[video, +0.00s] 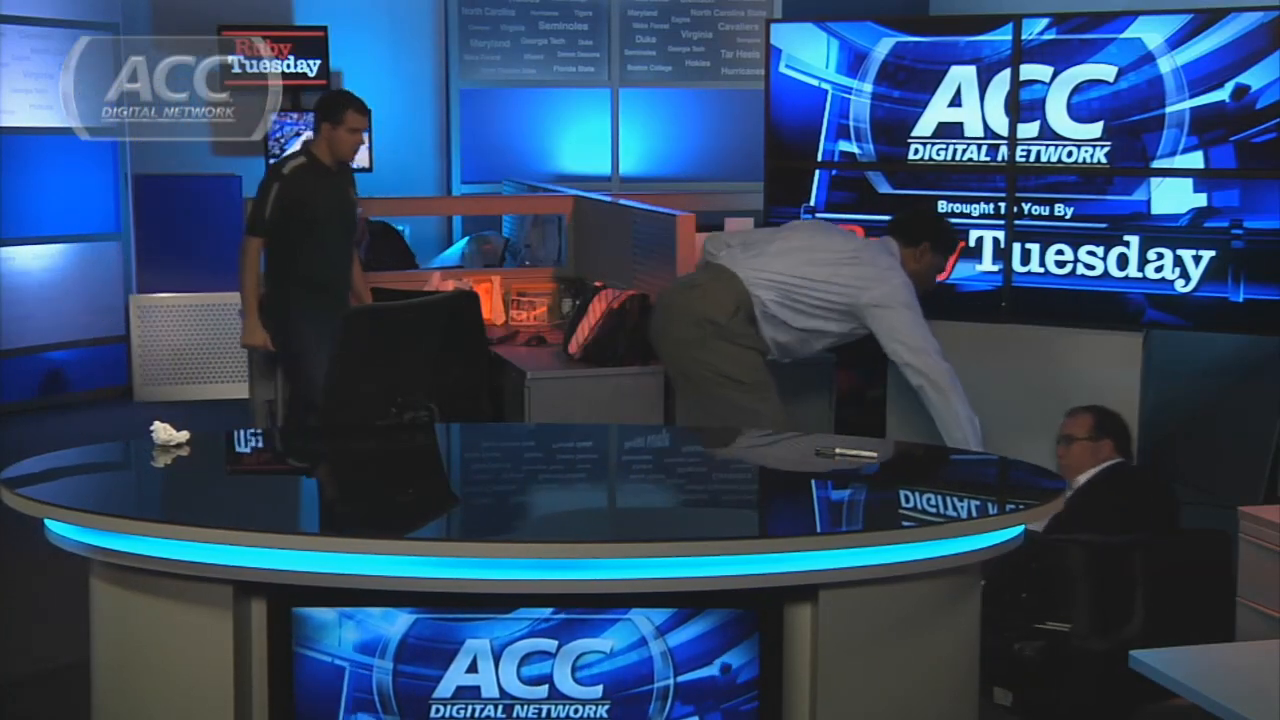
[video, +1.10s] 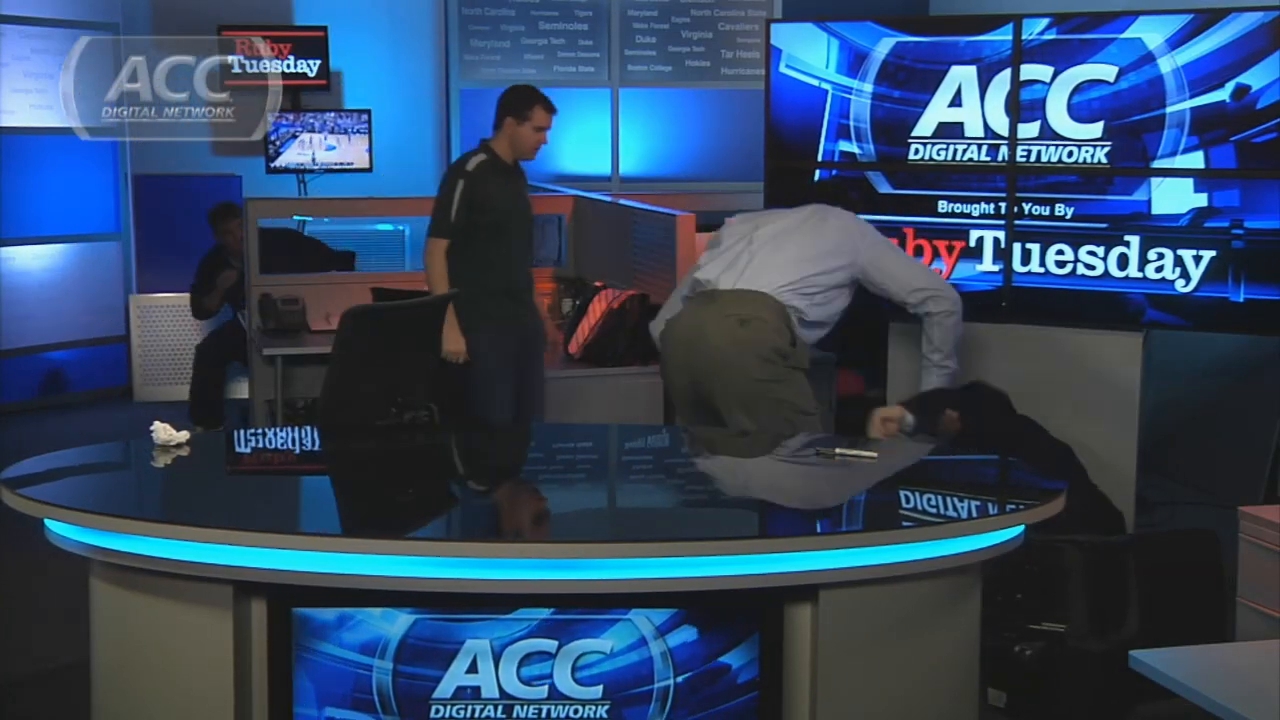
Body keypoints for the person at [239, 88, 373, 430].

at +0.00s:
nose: (361, 141)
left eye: (363, 133)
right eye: (354, 132)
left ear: (331, 131)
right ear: (326, 129)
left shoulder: (344, 177)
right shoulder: (284, 175)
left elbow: (346, 250)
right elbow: (252, 246)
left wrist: (367, 307)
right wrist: (251, 319)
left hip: (335, 309)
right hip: (294, 310)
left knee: (335, 403)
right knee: (308, 404)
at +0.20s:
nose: (392, 140)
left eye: (393, 132)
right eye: (384, 132)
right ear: (357, 130)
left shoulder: (374, 172)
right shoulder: (314, 176)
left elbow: (377, 250)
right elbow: (286, 254)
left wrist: (394, 309)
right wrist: (295, 328)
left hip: (370, 319)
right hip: (326, 321)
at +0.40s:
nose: (420, 138)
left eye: (421, 129)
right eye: (413, 128)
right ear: (385, 126)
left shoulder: (399, 169)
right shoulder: (343, 172)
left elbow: (399, 250)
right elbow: (317, 253)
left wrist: (424, 310)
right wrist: (344, 319)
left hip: (396, 317)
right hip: (357, 323)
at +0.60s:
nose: (447, 139)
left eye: (450, 131)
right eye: (441, 129)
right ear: (412, 125)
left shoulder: (424, 173)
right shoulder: (373, 173)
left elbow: (421, 260)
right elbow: (351, 257)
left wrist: (448, 315)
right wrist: (385, 318)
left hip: (428, 321)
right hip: (389, 325)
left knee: (447, 420)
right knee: (390, 424)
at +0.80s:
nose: (484, 144)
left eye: (487, 135)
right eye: (478, 134)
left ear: (455, 131)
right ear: (449, 130)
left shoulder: (458, 178)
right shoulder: (409, 177)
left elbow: (455, 264)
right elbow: (385, 261)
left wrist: (477, 324)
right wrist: (423, 329)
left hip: (460, 321)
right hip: (423, 327)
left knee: (474, 426)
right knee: (416, 429)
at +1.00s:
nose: (526, 141)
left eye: (529, 133)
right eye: (520, 131)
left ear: (497, 128)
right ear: (492, 126)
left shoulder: (498, 176)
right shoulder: (449, 173)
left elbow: (494, 256)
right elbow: (422, 254)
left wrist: (513, 318)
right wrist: (439, 326)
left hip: (504, 324)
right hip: (464, 328)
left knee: (500, 434)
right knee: (460, 434)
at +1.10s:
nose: (544, 140)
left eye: (546, 131)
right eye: (538, 130)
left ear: (518, 127)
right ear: (509, 123)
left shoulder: (516, 178)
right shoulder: (467, 172)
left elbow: (514, 260)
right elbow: (435, 250)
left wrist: (537, 316)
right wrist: (448, 321)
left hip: (518, 320)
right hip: (479, 321)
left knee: (518, 426)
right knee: (484, 428)